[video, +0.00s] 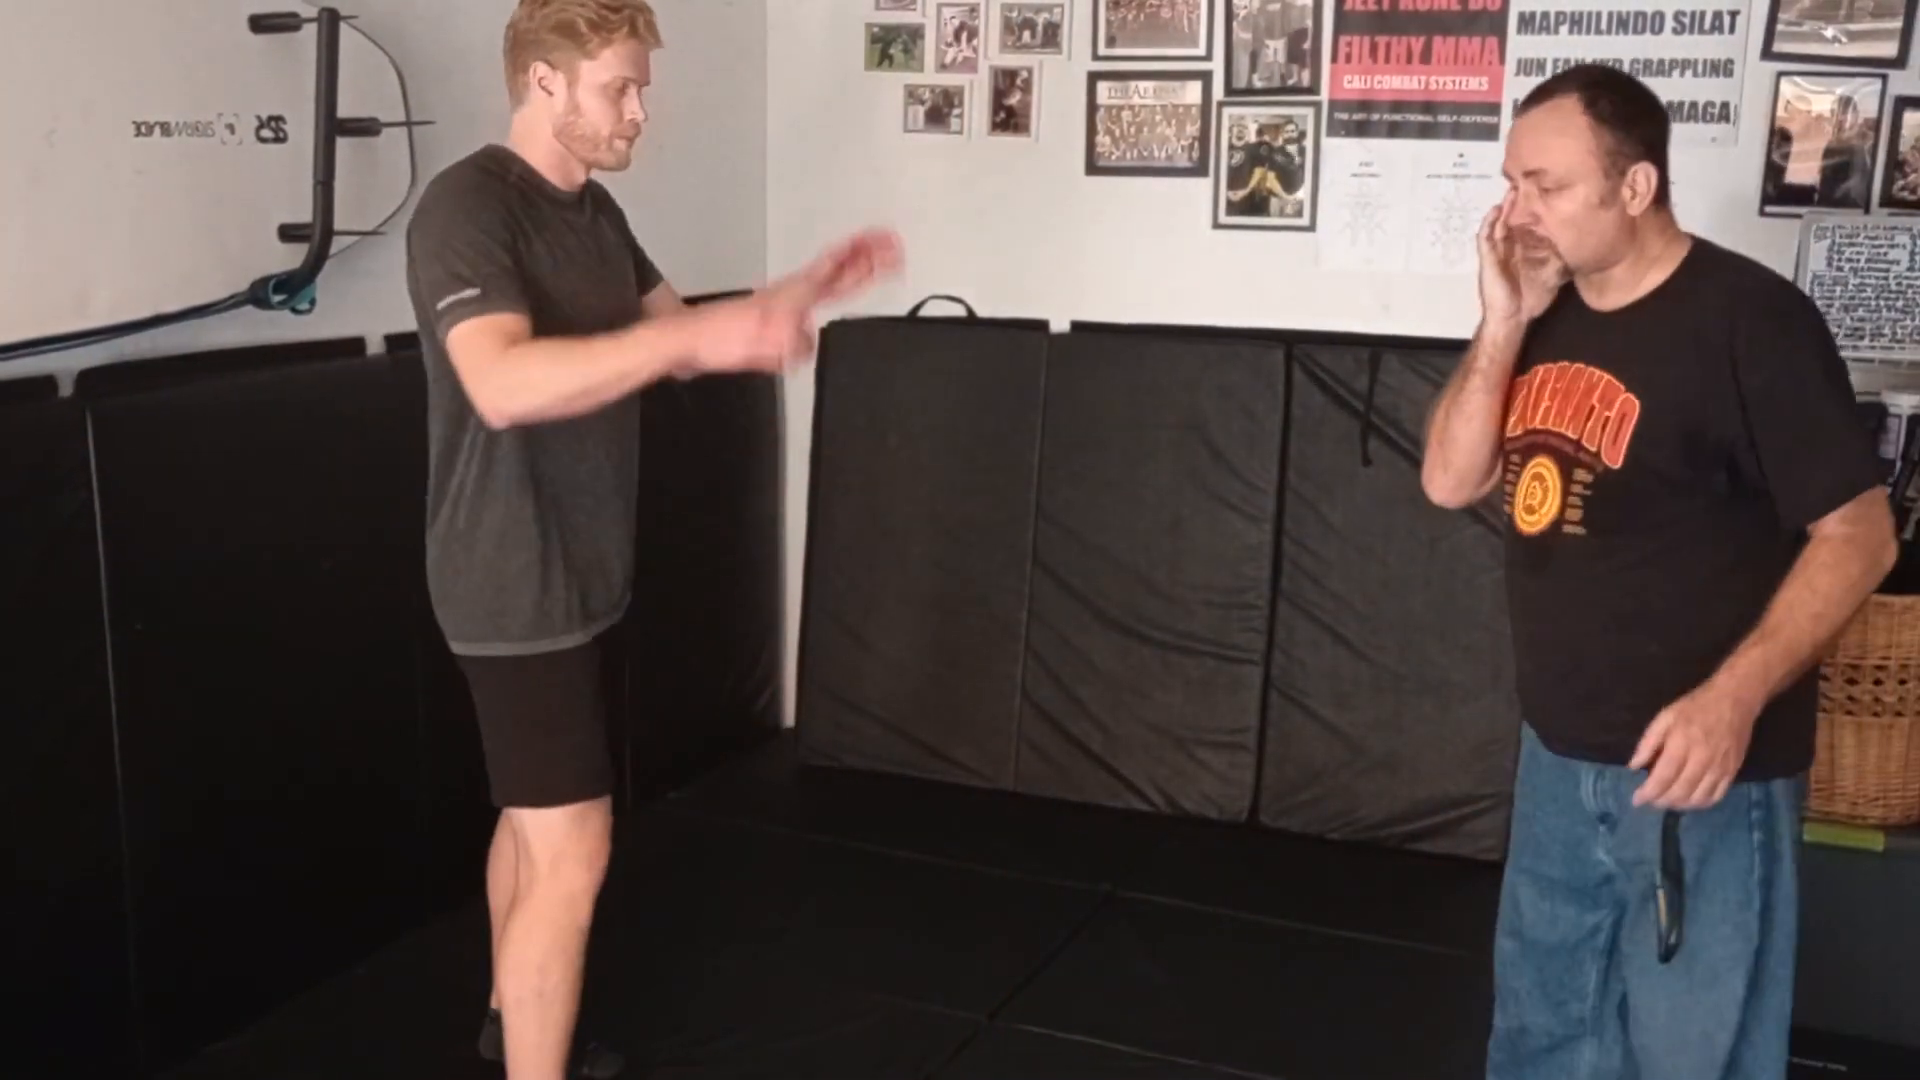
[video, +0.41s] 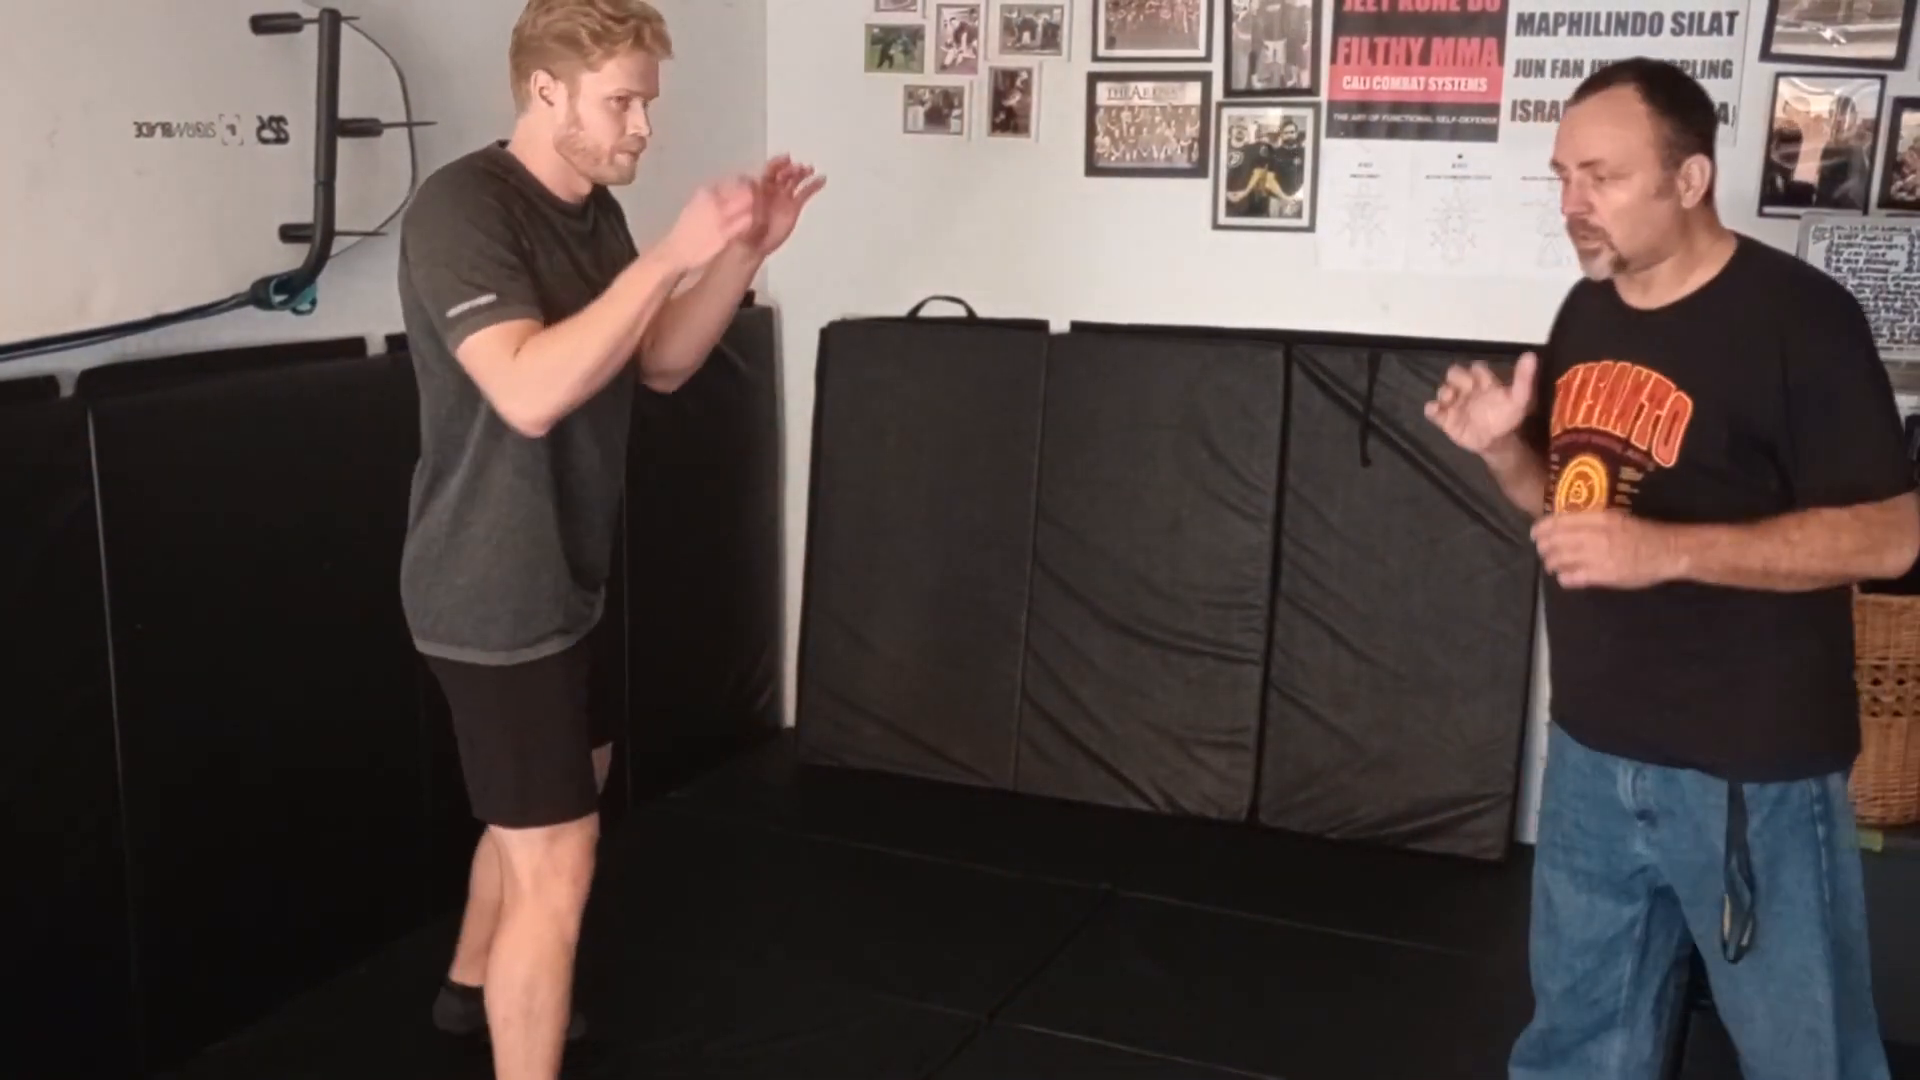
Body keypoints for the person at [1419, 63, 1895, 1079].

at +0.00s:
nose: (1517, 212)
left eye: (1545, 185)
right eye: (1513, 183)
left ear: (1637, 187)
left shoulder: (1757, 319)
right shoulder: (1540, 313)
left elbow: (1862, 531)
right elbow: (1449, 483)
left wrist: (1732, 696)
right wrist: (1500, 325)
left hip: (1713, 778)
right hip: (1558, 763)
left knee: (1699, 1057)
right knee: (1539, 1045)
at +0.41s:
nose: (1572, 205)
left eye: (1600, 176)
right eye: (1564, 176)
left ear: (1691, 179)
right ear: (1560, 177)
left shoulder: (1805, 316)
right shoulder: (1588, 310)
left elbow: (1891, 533)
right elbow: (1574, 524)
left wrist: (1663, 550)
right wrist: (1506, 450)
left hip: (1761, 772)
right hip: (1593, 751)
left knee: (1807, 1056)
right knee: (1579, 1049)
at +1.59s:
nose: (1873, 222)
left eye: (1895, 191)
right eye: (1870, 189)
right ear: (1868, 192)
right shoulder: (1903, 339)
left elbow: (1908, 586)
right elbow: (1838, 511)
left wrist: (1812, 407)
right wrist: (1706, 428)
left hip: (1913, 860)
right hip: (1813, 795)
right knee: (1715, 1045)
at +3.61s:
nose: (1623, 206)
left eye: (1660, 178)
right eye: (1616, 175)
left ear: (1751, 196)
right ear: (1605, 179)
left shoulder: (1825, 354)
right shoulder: (1631, 324)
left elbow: (1809, 605)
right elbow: (1601, 531)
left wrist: (1602, 481)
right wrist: (1508, 470)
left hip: (1717, 807)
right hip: (1614, 782)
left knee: (1561, 1057)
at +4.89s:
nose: (1599, 282)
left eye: (1622, 257)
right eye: (1596, 251)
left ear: (1719, 256)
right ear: (1710, 258)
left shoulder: (1851, 406)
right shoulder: (1633, 342)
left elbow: (1812, 663)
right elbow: (1576, 511)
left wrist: (1614, 546)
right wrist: (1472, 582)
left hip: (1675, 842)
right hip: (1522, 751)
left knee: (1599, 1063)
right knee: (1390, 954)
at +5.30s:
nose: (1553, 255)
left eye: (1583, 235)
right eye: (1546, 228)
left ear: (1679, 241)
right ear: (1546, 216)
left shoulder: (1763, 396)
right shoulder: (1547, 310)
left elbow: (1613, 601)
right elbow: (1459, 448)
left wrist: (1573, 386)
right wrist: (1351, 519)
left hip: (1496, 782)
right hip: (1369, 627)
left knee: (1441, 1046)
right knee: (1126, 700)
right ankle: (881, 786)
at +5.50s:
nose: (1534, 272)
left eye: (1567, 249)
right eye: (1524, 243)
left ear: (1659, 246)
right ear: (1516, 231)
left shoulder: (1735, 403)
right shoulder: (1502, 308)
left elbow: (1610, 621)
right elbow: (1406, 437)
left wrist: (1548, 427)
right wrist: (1282, 528)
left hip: (1479, 759)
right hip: (1340, 619)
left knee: (1435, 1028)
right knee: (1110, 723)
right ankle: (874, 825)